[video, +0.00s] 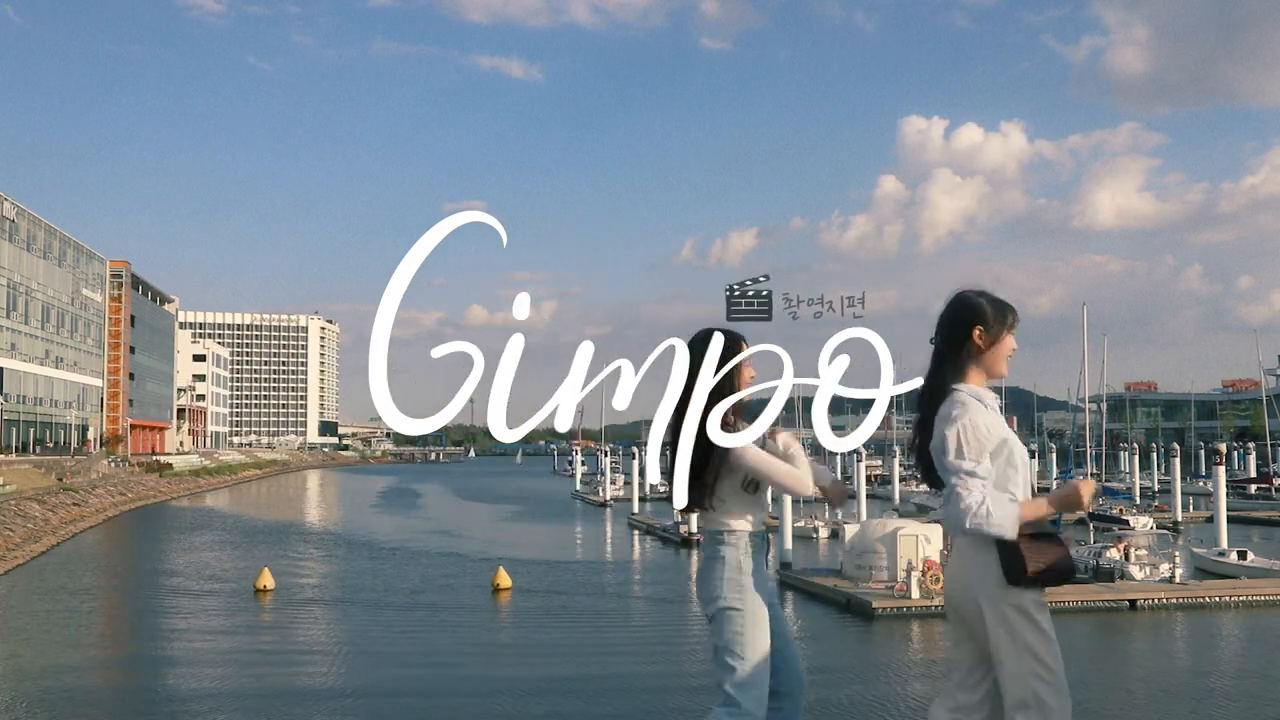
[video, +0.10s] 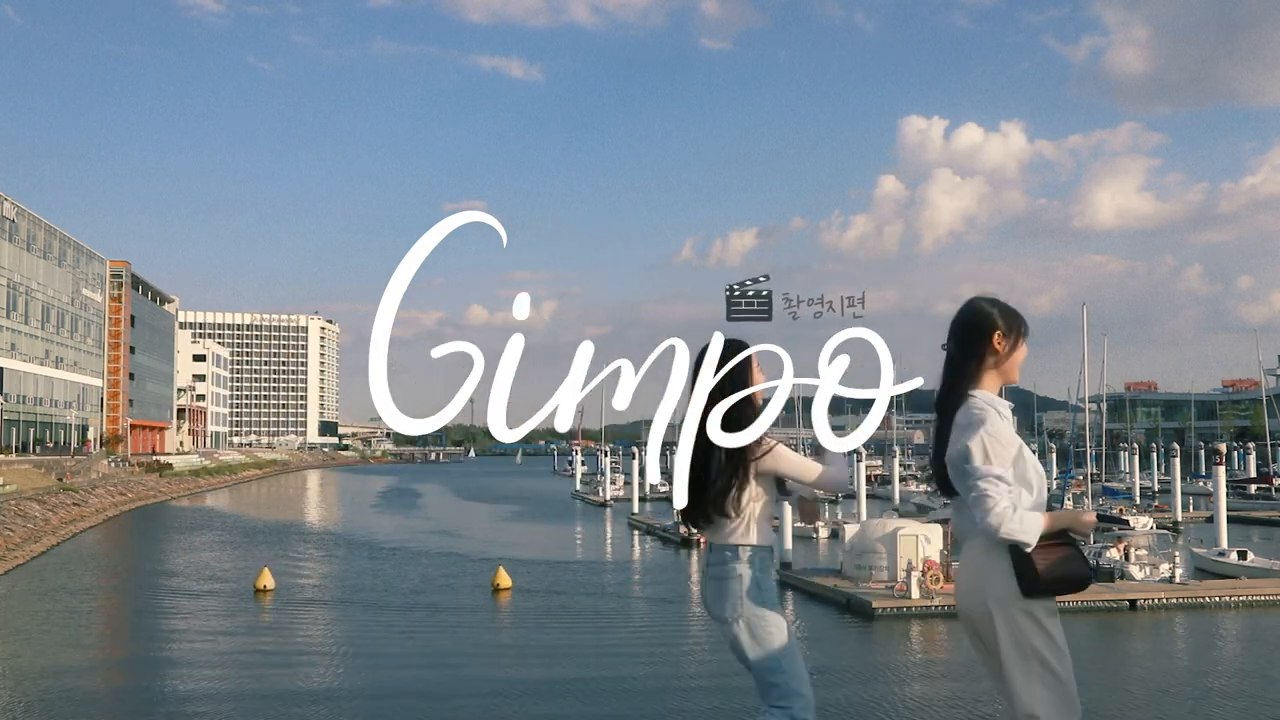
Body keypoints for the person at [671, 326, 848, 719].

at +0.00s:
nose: (752, 372)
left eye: (750, 363)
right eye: (745, 365)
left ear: (722, 373)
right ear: (723, 371)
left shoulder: (736, 426)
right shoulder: (722, 434)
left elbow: (786, 459)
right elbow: (803, 485)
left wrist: (828, 484)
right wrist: (786, 442)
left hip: (752, 562)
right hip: (733, 565)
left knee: (788, 684)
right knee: (743, 699)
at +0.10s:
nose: (763, 376)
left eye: (759, 367)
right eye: (755, 369)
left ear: (718, 383)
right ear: (738, 381)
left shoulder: (708, 442)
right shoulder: (753, 446)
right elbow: (835, 480)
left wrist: (798, 496)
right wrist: (833, 442)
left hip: (724, 582)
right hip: (747, 586)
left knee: (782, 698)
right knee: (794, 702)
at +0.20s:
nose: (774, 383)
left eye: (769, 374)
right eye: (769, 375)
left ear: (719, 385)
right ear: (762, 384)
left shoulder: (709, 441)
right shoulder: (776, 440)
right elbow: (852, 468)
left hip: (724, 582)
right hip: (759, 583)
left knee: (785, 692)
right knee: (831, 691)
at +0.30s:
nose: (781, 372)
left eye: (775, 363)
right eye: (775, 363)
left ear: (721, 370)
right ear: (770, 369)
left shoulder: (711, 424)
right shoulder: (782, 423)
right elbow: (852, 453)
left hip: (735, 560)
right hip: (777, 557)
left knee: (781, 692)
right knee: (850, 672)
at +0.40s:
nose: (787, 360)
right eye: (782, 353)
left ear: (725, 363)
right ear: (778, 359)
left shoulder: (717, 414)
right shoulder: (792, 409)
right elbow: (860, 458)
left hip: (750, 547)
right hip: (799, 539)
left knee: (778, 687)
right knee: (857, 673)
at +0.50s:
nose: (795, 371)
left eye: (791, 365)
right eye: (791, 364)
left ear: (730, 376)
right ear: (787, 371)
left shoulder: (728, 427)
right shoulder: (803, 419)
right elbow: (882, 465)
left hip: (765, 562)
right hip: (815, 554)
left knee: (799, 692)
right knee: (867, 684)